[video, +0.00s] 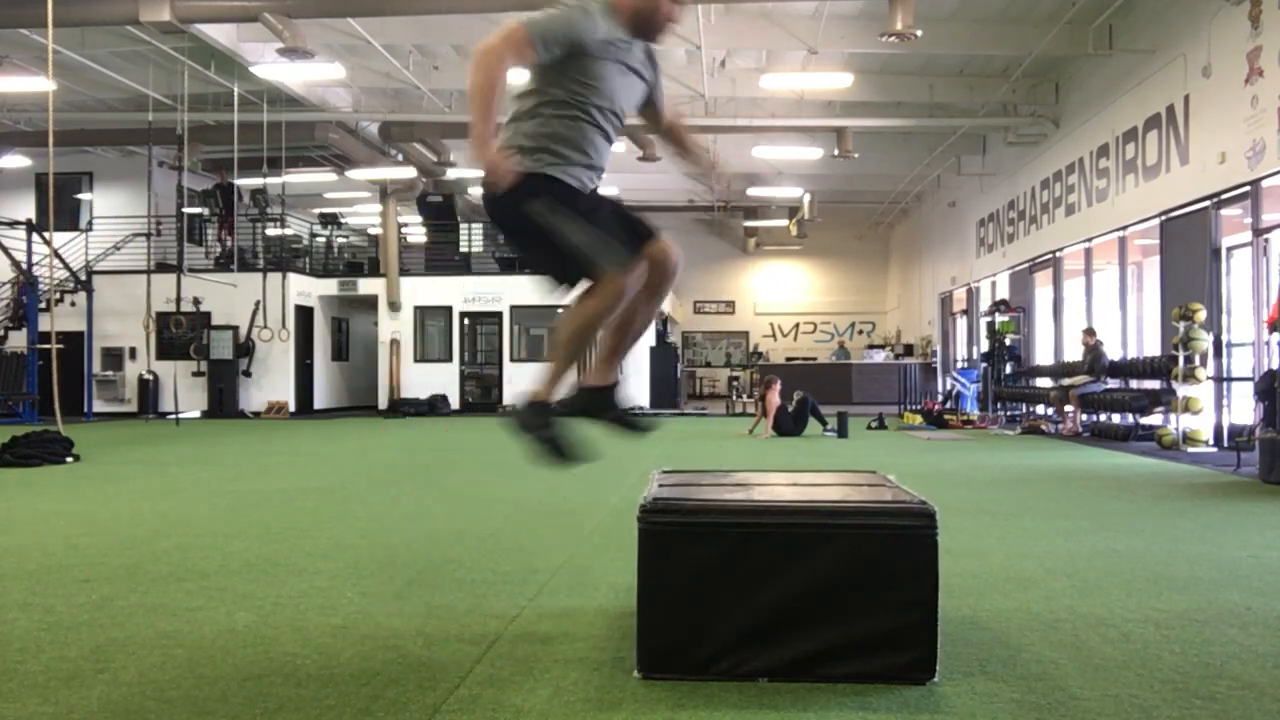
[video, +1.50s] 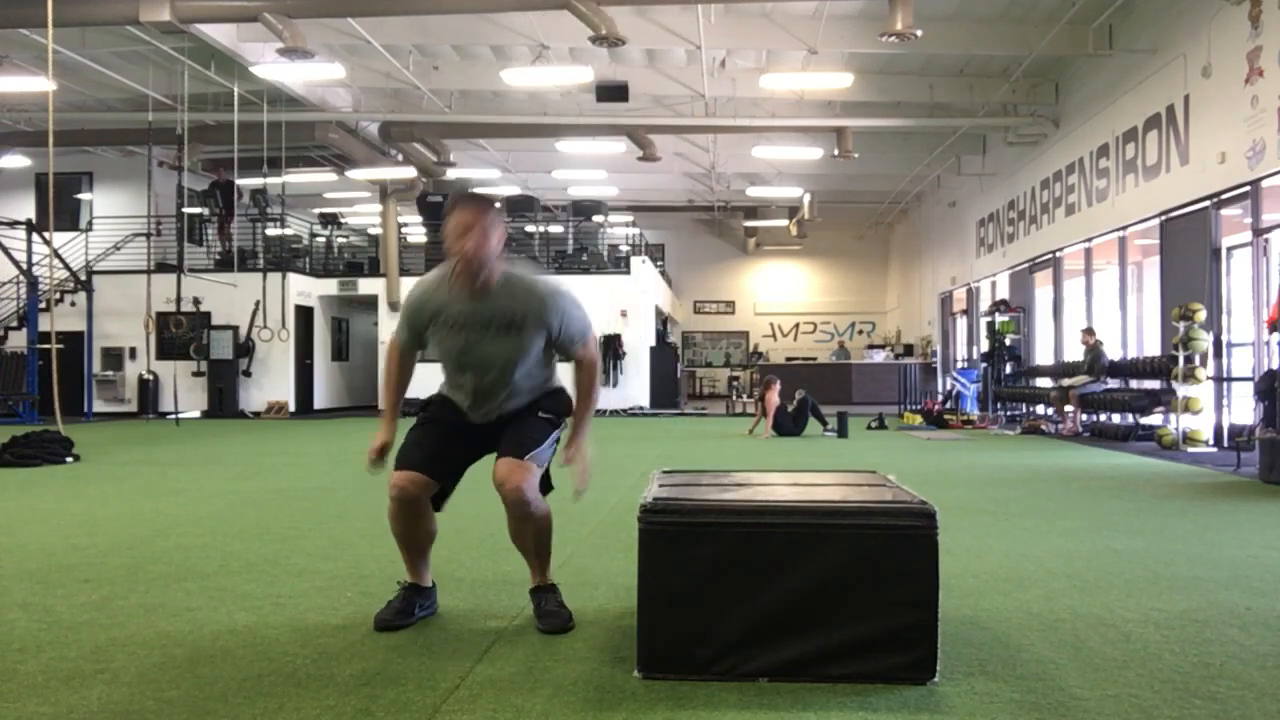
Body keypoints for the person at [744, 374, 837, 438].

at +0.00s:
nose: (780, 387)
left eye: (779, 384)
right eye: (778, 384)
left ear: (768, 385)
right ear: (773, 385)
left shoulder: (765, 396)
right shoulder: (773, 396)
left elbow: (759, 415)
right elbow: (770, 416)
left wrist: (751, 430)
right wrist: (766, 433)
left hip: (784, 430)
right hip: (792, 431)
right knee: (807, 399)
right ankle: (826, 426)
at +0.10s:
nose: (780, 386)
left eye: (779, 384)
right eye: (778, 384)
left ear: (768, 385)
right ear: (773, 385)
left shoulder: (765, 396)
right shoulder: (773, 396)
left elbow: (759, 415)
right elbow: (770, 416)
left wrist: (751, 430)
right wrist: (766, 433)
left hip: (784, 430)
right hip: (792, 431)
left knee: (804, 399)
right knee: (807, 399)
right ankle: (826, 426)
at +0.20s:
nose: (780, 387)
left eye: (779, 384)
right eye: (778, 385)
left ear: (768, 386)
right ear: (773, 385)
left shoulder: (765, 396)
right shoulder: (773, 396)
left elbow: (759, 415)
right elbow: (770, 416)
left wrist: (751, 429)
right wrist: (767, 433)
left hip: (784, 430)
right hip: (792, 431)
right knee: (807, 399)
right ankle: (826, 426)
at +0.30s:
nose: (780, 387)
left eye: (779, 384)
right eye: (778, 385)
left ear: (768, 386)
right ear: (773, 385)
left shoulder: (765, 396)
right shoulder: (773, 396)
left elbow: (759, 415)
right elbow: (770, 415)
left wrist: (751, 429)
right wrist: (767, 433)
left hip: (784, 430)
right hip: (792, 431)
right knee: (807, 399)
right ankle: (826, 426)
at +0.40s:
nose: (780, 387)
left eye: (779, 385)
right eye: (778, 385)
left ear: (767, 385)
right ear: (774, 385)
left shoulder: (764, 396)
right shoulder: (772, 395)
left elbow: (759, 415)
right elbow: (770, 415)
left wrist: (751, 430)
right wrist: (767, 433)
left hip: (785, 430)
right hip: (793, 431)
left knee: (804, 398)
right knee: (807, 399)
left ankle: (825, 425)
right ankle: (826, 426)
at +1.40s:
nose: (779, 387)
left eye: (779, 385)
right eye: (778, 385)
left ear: (767, 385)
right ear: (773, 385)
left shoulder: (764, 396)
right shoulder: (772, 396)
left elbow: (759, 415)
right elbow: (770, 416)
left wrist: (751, 430)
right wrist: (767, 433)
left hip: (785, 430)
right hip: (793, 431)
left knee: (804, 398)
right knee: (807, 399)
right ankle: (826, 426)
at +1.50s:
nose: (779, 387)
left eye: (779, 384)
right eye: (778, 385)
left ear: (767, 385)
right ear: (773, 385)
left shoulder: (764, 396)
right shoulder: (772, 396)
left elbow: (759, 415)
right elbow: (770, 415)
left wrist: (751, 429)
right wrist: (767, 433)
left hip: (784, 430)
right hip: (793, 431)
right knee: (807, 399)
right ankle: (826, 426)